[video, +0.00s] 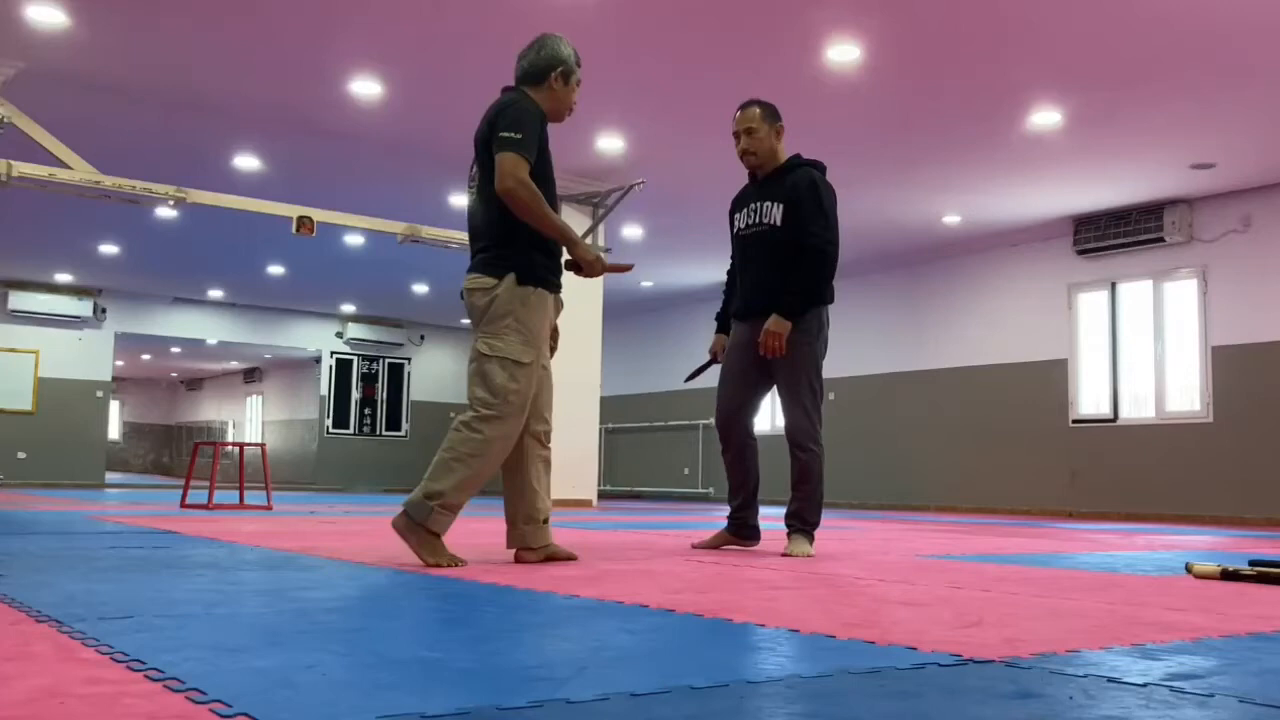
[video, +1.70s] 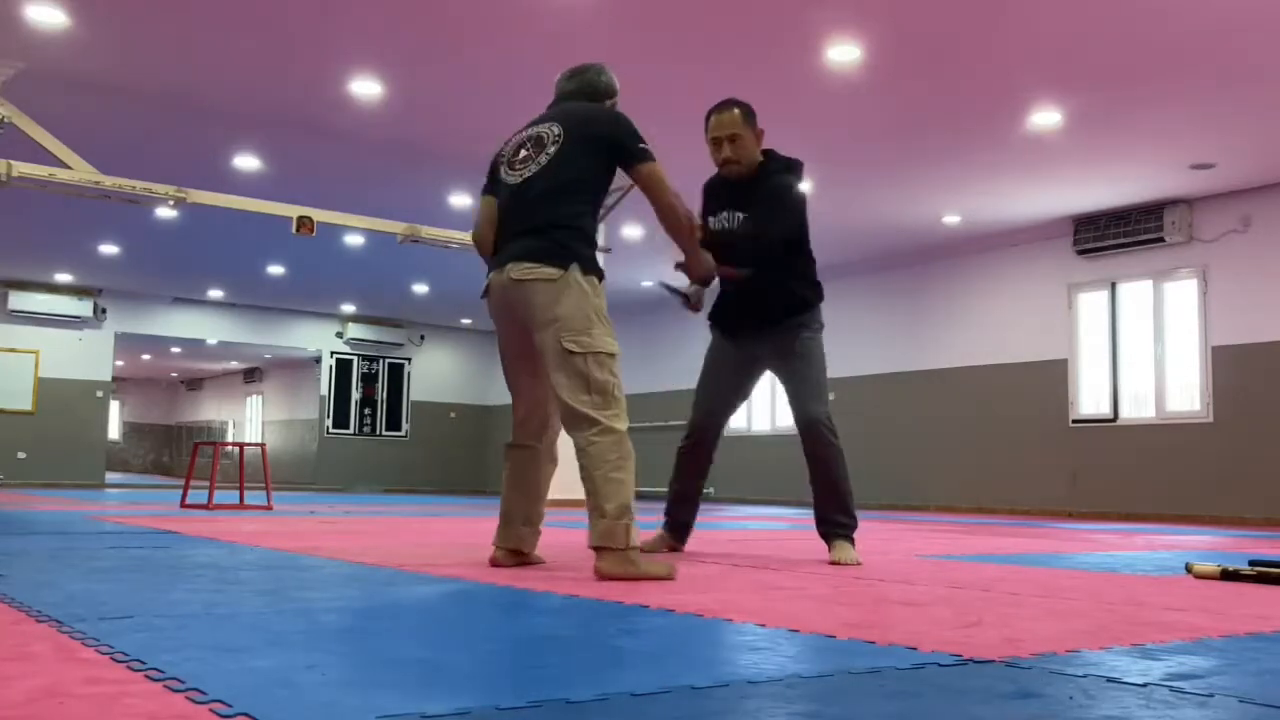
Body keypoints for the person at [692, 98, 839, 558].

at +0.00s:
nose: (742, 143)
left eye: (751, 133)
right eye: (737, 136)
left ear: (778, 133)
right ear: (735, 143)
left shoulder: (808, 182)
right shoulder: (742, 201)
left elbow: (821, 257)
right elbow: (739, 267)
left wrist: (786, 314)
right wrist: (723, 328)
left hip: (801, 321)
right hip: (750, 323)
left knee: (802, 427)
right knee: (731, 419)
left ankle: (801, 530)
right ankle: (742, 525)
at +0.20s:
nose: (731, 146)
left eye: (739, 135)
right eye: (725, 139)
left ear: (766, 135)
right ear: (722, 145)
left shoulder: (795, 182)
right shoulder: (736, 201)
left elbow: (801, 262)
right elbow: (743, 269)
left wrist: (729, 282)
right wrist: (724, 317)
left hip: (792, 323)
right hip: (744, 325)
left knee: (796, 429)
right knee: (715, 419)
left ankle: (800, 530)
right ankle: (707, 526)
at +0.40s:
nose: (696, 150)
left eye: (704, 140)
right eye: (690, 143)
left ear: (730, 138)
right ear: (688, 149)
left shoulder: (762, 177)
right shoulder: (707, 197)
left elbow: (760, 232)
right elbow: (718, 257)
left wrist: (694, 226)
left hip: (765, 326)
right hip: (716, 328)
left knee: (782, 427)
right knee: (685, 424)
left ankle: (801, 529)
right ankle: (666, 529)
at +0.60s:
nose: (654, 154)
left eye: (660, 144)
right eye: (649, 147)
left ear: (682, 144)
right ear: (649, 154)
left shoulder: (711, 172)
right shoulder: (667, 195)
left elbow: (753, 190)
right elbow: (684, 256)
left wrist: (725, 240)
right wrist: (672, 299)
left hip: (726, 319)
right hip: (682, 323)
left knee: (738, 421)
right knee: (654, 422)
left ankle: (818, 515)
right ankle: (664, 532)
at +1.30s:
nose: (675, 149)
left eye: (682, 139)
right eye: (665, 141)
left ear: (698, 142)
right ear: (650, 146)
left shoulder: (715, 194)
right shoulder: (635, 190)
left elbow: (732, 252)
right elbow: (620, 258)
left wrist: (745, 273)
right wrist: (678, 297)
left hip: (711, 327)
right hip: (655, 331)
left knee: (751, 423)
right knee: (650, 430)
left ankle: (771, 528)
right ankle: (657, 532)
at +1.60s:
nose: (705, 150)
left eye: (715, 140)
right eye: (696, 143)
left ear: (736, 142)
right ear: (686, 148)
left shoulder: (761, 186)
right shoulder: (674, 203)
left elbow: (772, 246)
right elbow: (656, 264)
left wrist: (740, 209)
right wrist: (652, 322)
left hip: (761, 334)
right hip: (700, 338)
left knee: (796, 424)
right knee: (667, 434)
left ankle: (834, 531)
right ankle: (661, 530)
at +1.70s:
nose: (724, 152)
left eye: (734, 140)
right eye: (715, 143)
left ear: (758, 137)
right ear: (707, 145)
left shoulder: (785, 177)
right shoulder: (714, 189)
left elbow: (771, 246)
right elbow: (710, 247)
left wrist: (706, 244)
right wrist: (697, 283)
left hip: (794, 327)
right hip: (736, 330)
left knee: (815, 422)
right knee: (701, 429)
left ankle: (840, 536)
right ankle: (673, 533)